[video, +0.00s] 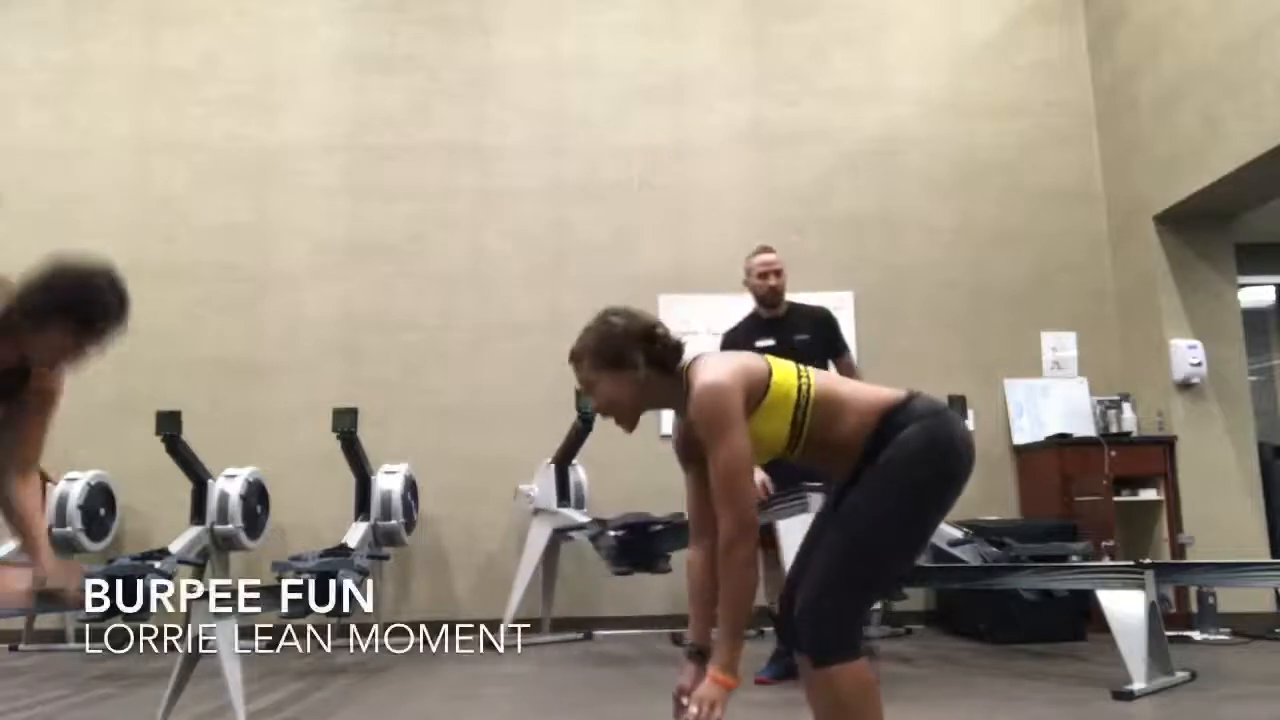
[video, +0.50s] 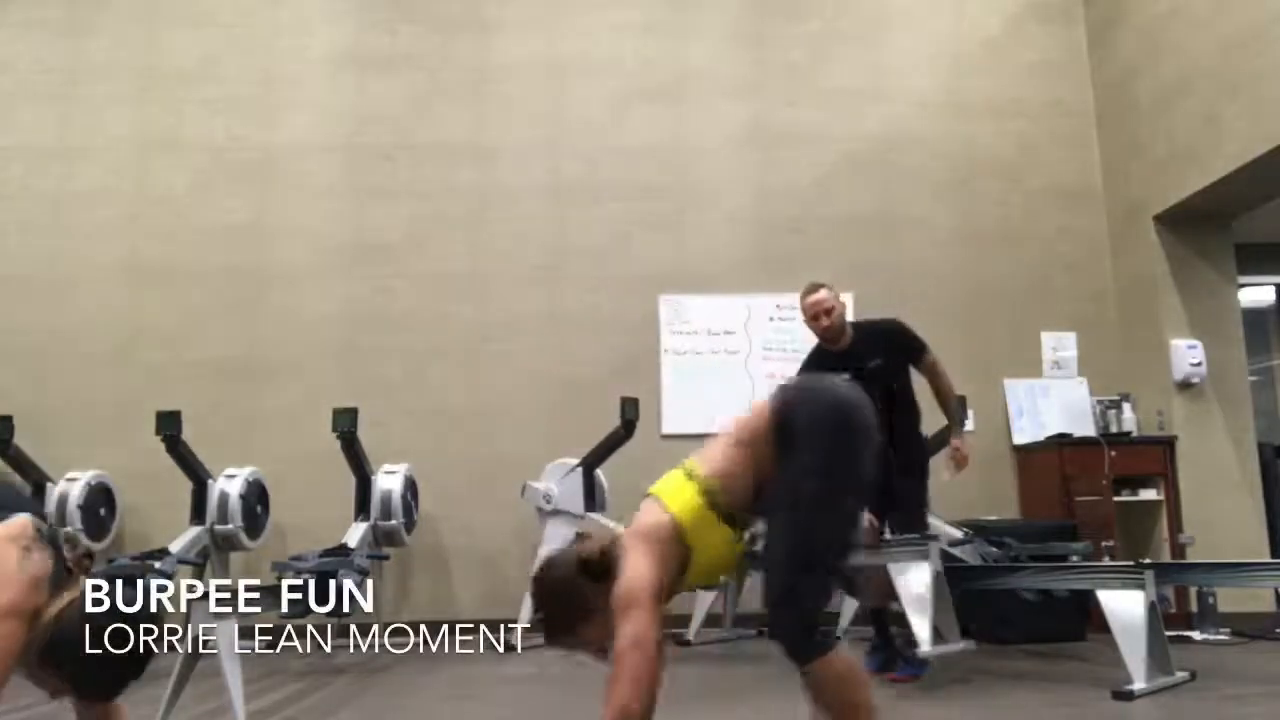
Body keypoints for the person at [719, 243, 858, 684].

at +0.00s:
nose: (771, 282)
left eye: (776, 273)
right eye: (762, 275)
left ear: (786, 276)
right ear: (747, 282)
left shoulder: (818, 320)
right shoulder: (735, 340)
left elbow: (851, 379)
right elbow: (719, 403)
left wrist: (855, 436)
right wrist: (746, 467)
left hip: (825, 450)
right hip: (769, 456)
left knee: (833, 544)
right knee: (766, 541)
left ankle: (850, 633)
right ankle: (785, 639)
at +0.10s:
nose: (790, 285)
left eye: (795, 277)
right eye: (781, 279)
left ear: (805, 280)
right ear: (766, 286)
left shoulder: (840, 324)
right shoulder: (756, 344)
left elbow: (870, 377)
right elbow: (753, 412)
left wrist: (877, 433)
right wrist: (771, 470)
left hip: (844, 453)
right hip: (791, 461)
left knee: (873, 541)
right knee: (785, 549)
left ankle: (902, 634)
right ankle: (787, 644)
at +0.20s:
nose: (812, 290)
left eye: (817, 282)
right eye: (803, 285)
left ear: (827, 284)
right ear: (789, 293)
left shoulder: (865, 324)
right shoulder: (781, 349)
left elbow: (897, 375)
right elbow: (782, 415)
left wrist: (913, 430)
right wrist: (791, 481)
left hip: (873, 455)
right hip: (816, 466)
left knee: (888, 546)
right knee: (808, 556)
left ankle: (906, 638)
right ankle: (786, 646)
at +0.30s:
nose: (824, 298)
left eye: (829, 290)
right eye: (814, 293)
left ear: (840, 290)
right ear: (802, 301)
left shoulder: (882, 327)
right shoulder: (797, 356)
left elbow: (921, 377)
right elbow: (803, 423)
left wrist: (937, 438)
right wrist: (815, 463)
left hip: (891, 457)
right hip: (837, 465)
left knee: (896, 547)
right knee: (832, 554)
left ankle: (907, 640)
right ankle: (815, 645)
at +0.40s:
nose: (826, 306)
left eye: (831, 297)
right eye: (817, 302)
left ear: (842, 294)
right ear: (806, 308)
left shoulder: (887, 328)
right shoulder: (805, 361)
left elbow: (929, 372)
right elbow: (811, 427)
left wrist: (950, 431)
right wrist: (834, 457)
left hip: (900, 456)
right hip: (848, 463)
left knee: (903, 550)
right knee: (849, 549)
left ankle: (906, 645)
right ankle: (852, 643)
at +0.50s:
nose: (824, 321)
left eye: (828, 311)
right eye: (814, 317)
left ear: (842, 304)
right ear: (807, 323)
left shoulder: (889, 335)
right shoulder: (813, 371)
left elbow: (934, 372)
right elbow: (812, 434)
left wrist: (956, 432)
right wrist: (830, 490)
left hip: (905, 464)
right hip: (856, 473)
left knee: (909, 556)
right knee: (866, 556)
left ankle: (913, 647)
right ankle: (882, 643)